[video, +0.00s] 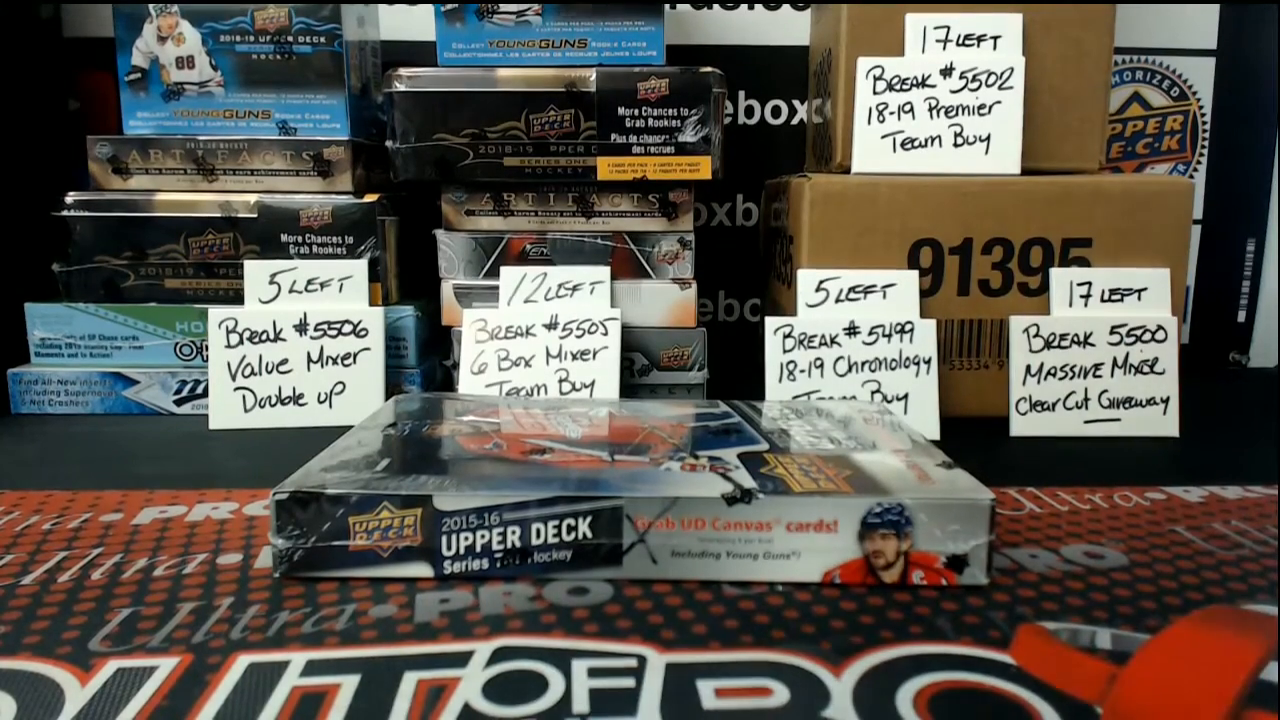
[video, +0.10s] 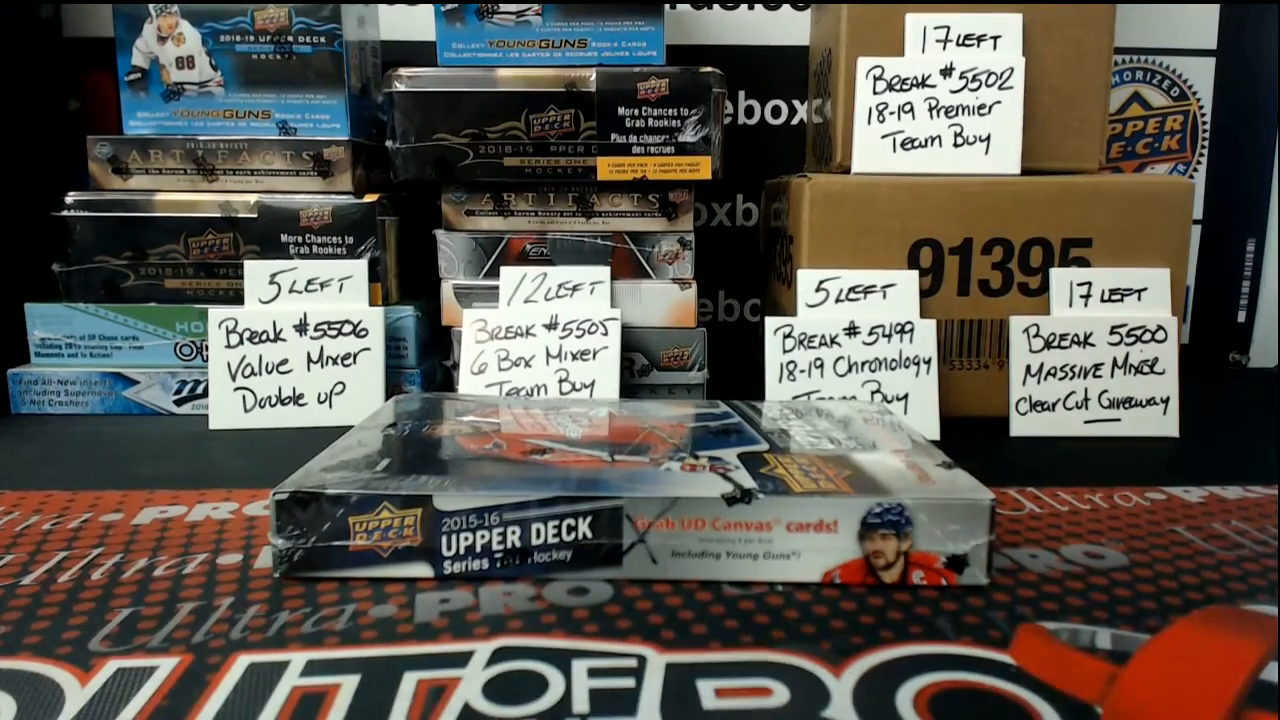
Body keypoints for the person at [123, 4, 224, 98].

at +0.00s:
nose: (170, 22)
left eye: (173, 17)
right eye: (164, 18)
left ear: (178, 17)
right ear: (156, 20)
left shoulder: (186, 36)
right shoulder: (150, 29)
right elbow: (142, 50)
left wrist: (178, 88)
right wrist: (137, 72)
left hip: (209, 84)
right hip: (181, 84)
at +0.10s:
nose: (170, 22)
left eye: (173, 17)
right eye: (164, 18)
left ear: (178, 17)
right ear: (156, 20)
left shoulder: (186, 36)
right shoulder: (150, 28)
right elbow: (142, 50)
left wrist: (179, 89)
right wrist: (137, 72)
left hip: (209, 84)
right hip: (181, 83)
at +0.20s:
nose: (170, 22)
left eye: (173, 17)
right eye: (164, 17)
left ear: (178, 17)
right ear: (156, 20)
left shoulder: (186, 34)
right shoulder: (150, 29)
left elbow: (188, 65)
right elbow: (142, 50)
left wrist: (180, 87)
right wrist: (137, 73)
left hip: (208, 83)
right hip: (181, 84)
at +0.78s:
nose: (170, 22)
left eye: (173, 17)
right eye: (164, 18)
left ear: (178, 17)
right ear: (156, 20)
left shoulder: (186, 35)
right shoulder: (150, 28)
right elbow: (141, 50)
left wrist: (179, 89)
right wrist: (137, 74)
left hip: (209, 84)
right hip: (181, 85)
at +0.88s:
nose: (170, 22)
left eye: (173, 17)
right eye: (164, 18)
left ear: (178, 17)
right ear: (156, 20)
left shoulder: (186, 35)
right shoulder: (150, 28)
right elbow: (141, 50)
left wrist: (179, 89)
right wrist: (137, 74)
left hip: (209, 84)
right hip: (181, 85)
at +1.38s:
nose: (170, 22)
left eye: (173, 17)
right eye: (164, 18)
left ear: (178, 17)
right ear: (156, 20)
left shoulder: (185, 35)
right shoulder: (150, 28)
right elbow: (141, 50)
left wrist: (178, 89)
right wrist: (136, 74)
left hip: (209, 84)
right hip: (181, 84)